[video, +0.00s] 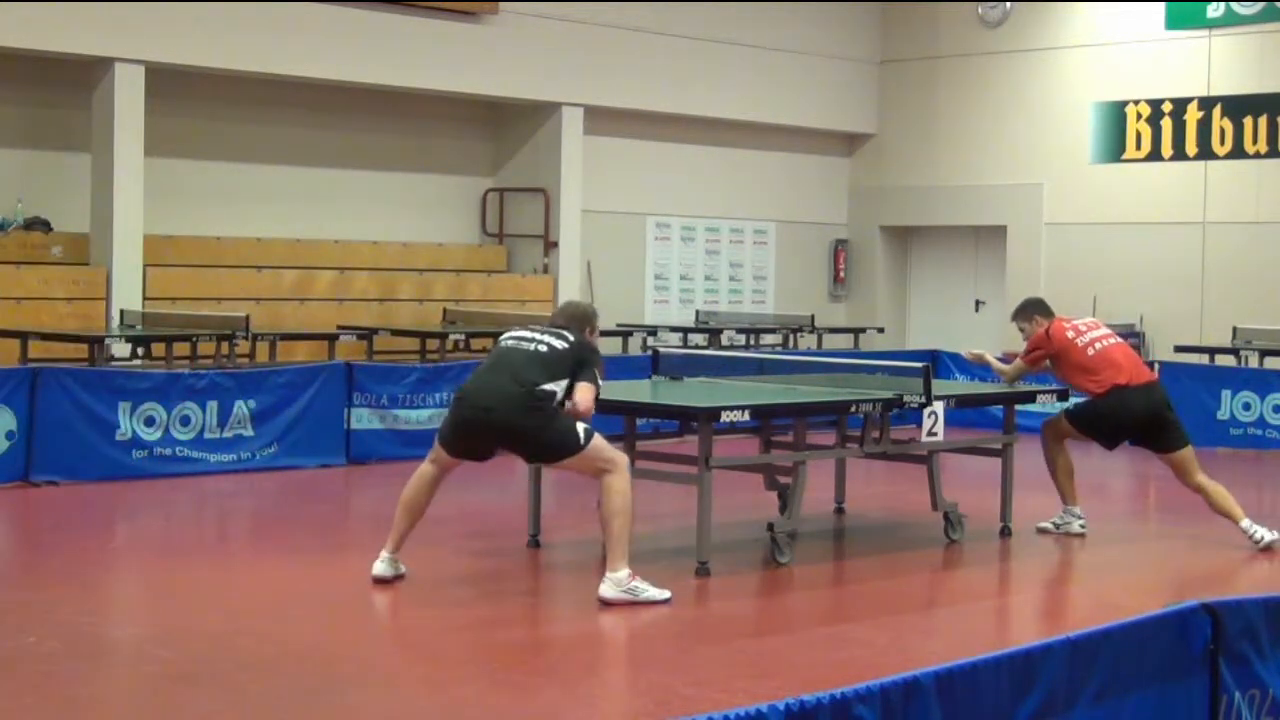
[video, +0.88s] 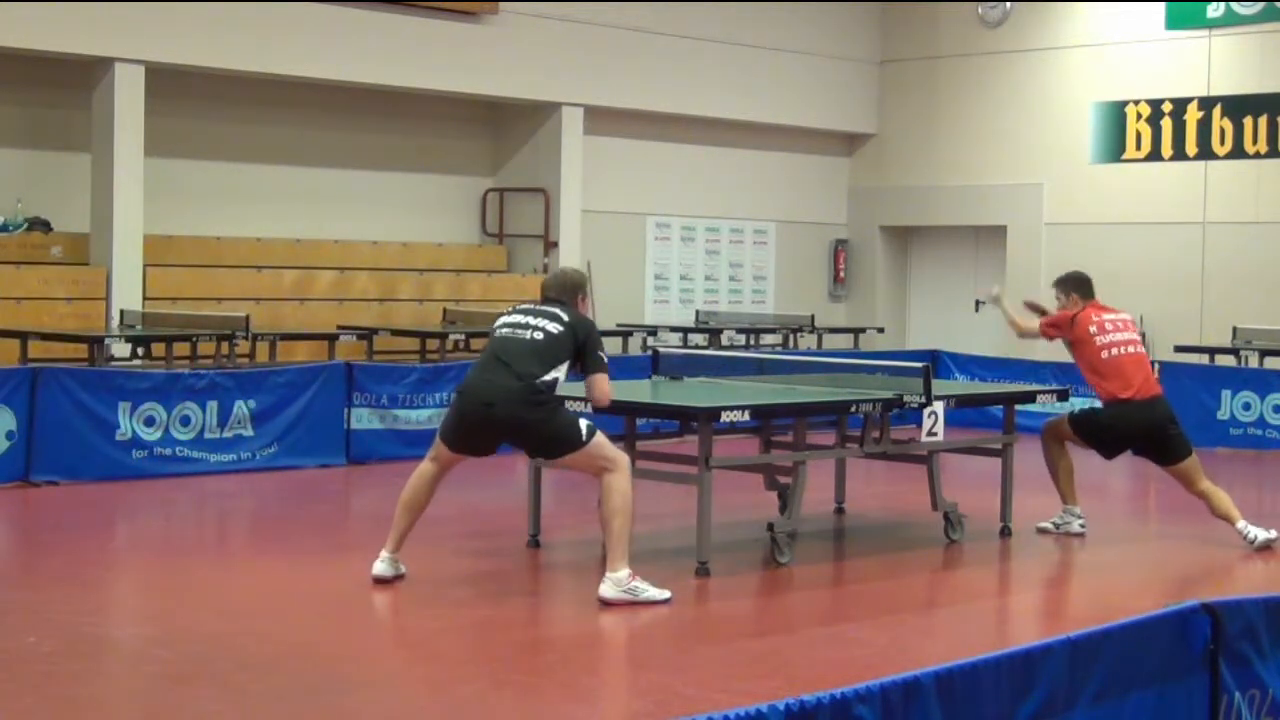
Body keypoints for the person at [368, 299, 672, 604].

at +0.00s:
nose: (597, 342)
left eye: (596, 335)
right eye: (596, 335)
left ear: (557, 323)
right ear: (586, 332)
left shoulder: (517, 333)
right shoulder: (584, 350)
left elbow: (495, 375)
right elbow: (583, 406)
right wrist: (568, 419)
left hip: (470, 409)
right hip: (526, 417)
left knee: (435, 464)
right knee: (616, 465)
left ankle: (386, 557)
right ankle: (618, 576)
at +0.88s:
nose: (589, 305)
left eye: (588, 300)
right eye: (588, 300)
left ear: (544, 296)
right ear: (580, 301)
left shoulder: (512, 313)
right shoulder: (581, 325)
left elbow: (501, 361)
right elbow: (602, 397)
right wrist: (598, 392)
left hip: (472, 404)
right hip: (529, 410)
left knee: (435, 463)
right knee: (616, 465)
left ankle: (386, 557)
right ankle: (618, 576)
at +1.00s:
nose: (587, 292)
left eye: (586, 286)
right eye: (586, 286)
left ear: (542, 284)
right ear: (577, 288)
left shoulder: (510, 303)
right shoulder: (579, 313)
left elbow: (498, 349)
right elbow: (604, 384)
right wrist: (593, 359)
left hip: (474, 399)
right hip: (529, 404)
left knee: (435, 463)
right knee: (615, 464)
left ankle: (386, 557)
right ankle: (618, 575)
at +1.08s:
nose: (587, 285)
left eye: (586, 278)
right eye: (586, 278)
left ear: (541, 277)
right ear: (578, 280)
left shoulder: (510, 297)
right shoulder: (580, 306)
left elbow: (500, 344)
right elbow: (605, 377)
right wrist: (596, 350)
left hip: (475, 392)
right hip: (530, 398)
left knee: (435, 463)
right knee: (615, 464)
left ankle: (387, 557)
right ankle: (618, 576)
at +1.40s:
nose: (592, 284)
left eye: (591, 277)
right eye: (591, 277)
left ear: (547, 276)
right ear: (582, 279)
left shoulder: (515, 298)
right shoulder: (583, 307)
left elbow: (500, 346)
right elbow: (607, 376)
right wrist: (614, 375)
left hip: (479, 399)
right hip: (533, 404)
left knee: (438, 466)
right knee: (620, 468)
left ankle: (387, 557)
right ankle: (617, 576)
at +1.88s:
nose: (590, 256)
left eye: (587, 251)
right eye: (588, 250)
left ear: (545, 253)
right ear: (582, 252)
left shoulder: (519, 284)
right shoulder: (595, 283)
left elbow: (486, 351)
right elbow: (630, 344)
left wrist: (517, 362)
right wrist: (632, 366)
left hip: (516, 391)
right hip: (571, 394)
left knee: (482, 457)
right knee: (637, 466)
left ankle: (452, 554)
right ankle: (625, 567)